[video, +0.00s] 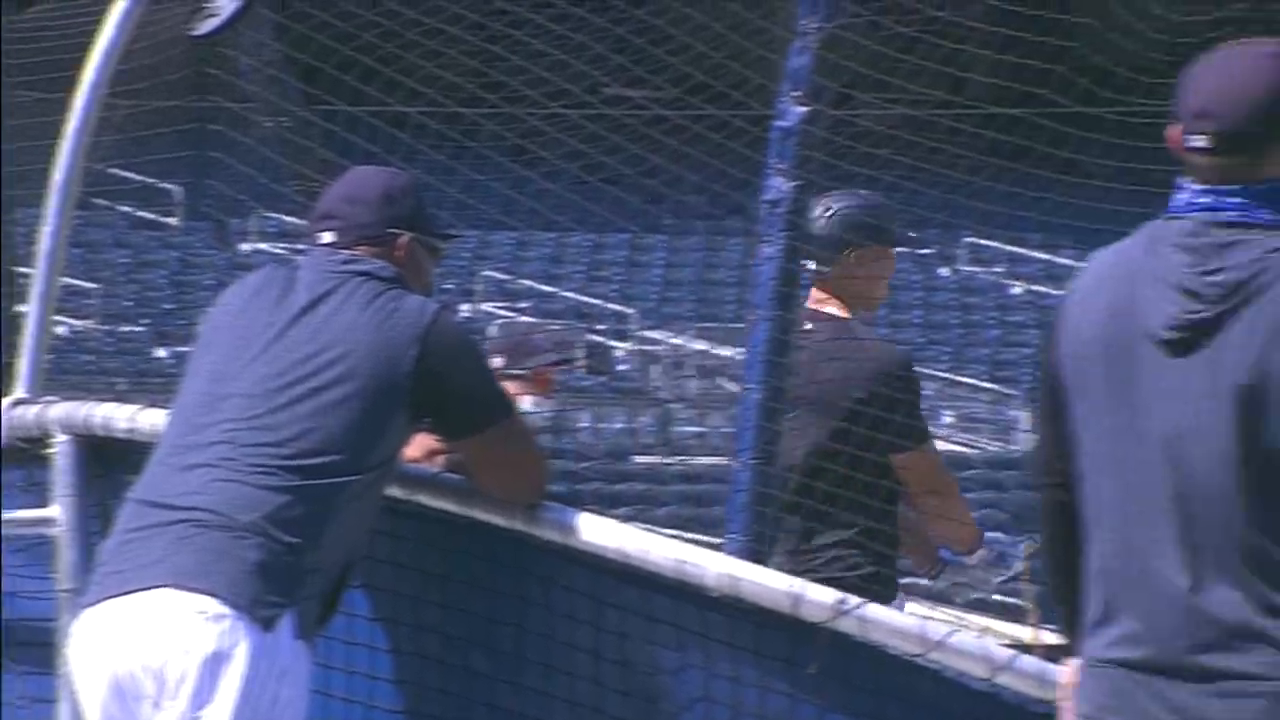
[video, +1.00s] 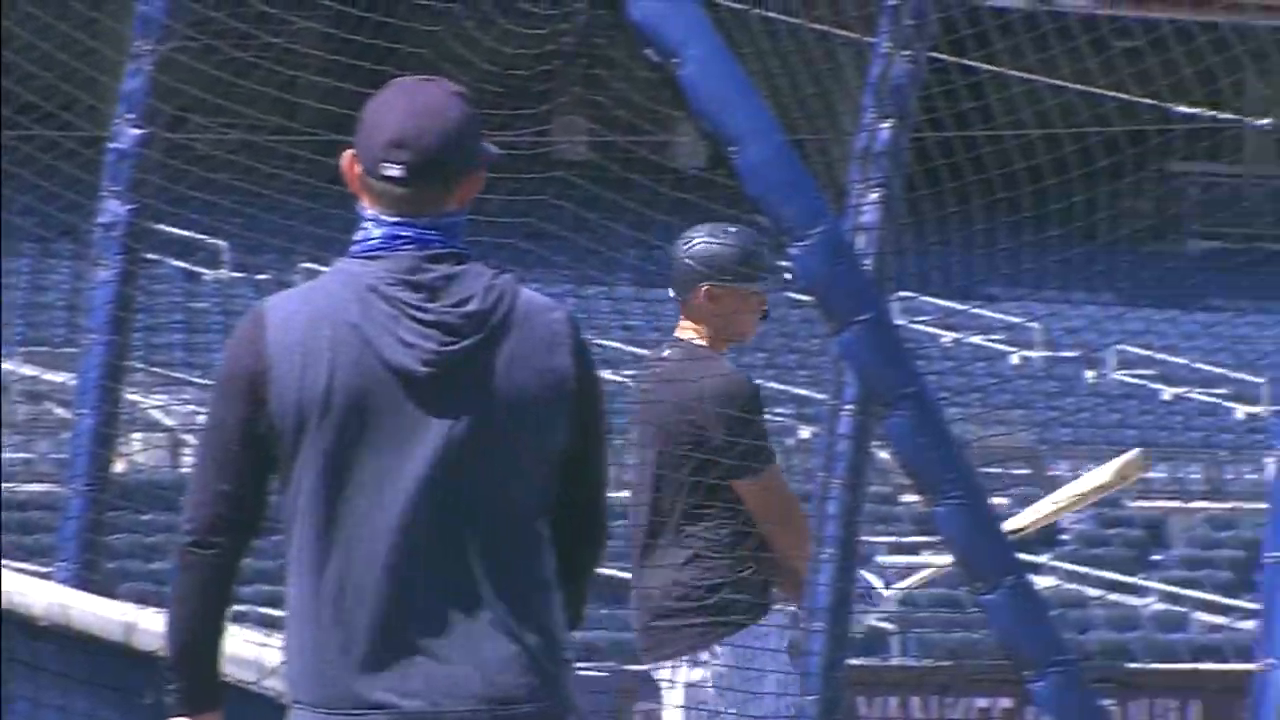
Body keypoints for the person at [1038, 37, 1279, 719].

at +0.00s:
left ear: (1175, 140)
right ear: (1279, 147)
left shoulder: (1097, 284)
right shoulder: (1271, 284)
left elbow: (1057, 479)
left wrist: (1078, 635)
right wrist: (1079, 638)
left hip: (1123, 683)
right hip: (1258, 687)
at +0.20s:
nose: (1087, 157)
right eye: (1084, 144)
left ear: (952, 157)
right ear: (1070, 162)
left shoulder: (877, 304)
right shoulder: (1126, 311)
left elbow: (847, 507)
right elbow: (1195, 510)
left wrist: (878, 657)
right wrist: (1251, 672)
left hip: (917, 685)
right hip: (1082, 688)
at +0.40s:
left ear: (737, 175)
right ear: (855, 167)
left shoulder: (678, 321)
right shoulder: (939, 310)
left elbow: (653, 522)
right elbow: (1014, 500)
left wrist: (700, 646)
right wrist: (1058, 668)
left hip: (729, 683)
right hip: (894, 685)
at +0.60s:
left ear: (584, 179)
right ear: (710, 169)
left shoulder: (530, 324)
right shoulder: (799, 314)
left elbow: (489, 528)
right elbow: (850, 514)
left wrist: (522, 681)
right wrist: (847, 669)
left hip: (588, 693)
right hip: (759, 691)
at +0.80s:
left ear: (467, 178)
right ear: (591, 176)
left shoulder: (401, 329)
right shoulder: (670, 323)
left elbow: (345, 529)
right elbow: (709, 521)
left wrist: (332, 691)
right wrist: (674, 627)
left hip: (456, 695)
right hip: (633, 693)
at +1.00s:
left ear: (351, 172)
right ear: (473, 188)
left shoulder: (278, 332)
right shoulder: (546, 333)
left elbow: (212, 532)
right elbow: (581, 530)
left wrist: (196, 694)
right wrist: (536, 630)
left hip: (340, 696)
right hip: (513, 695)